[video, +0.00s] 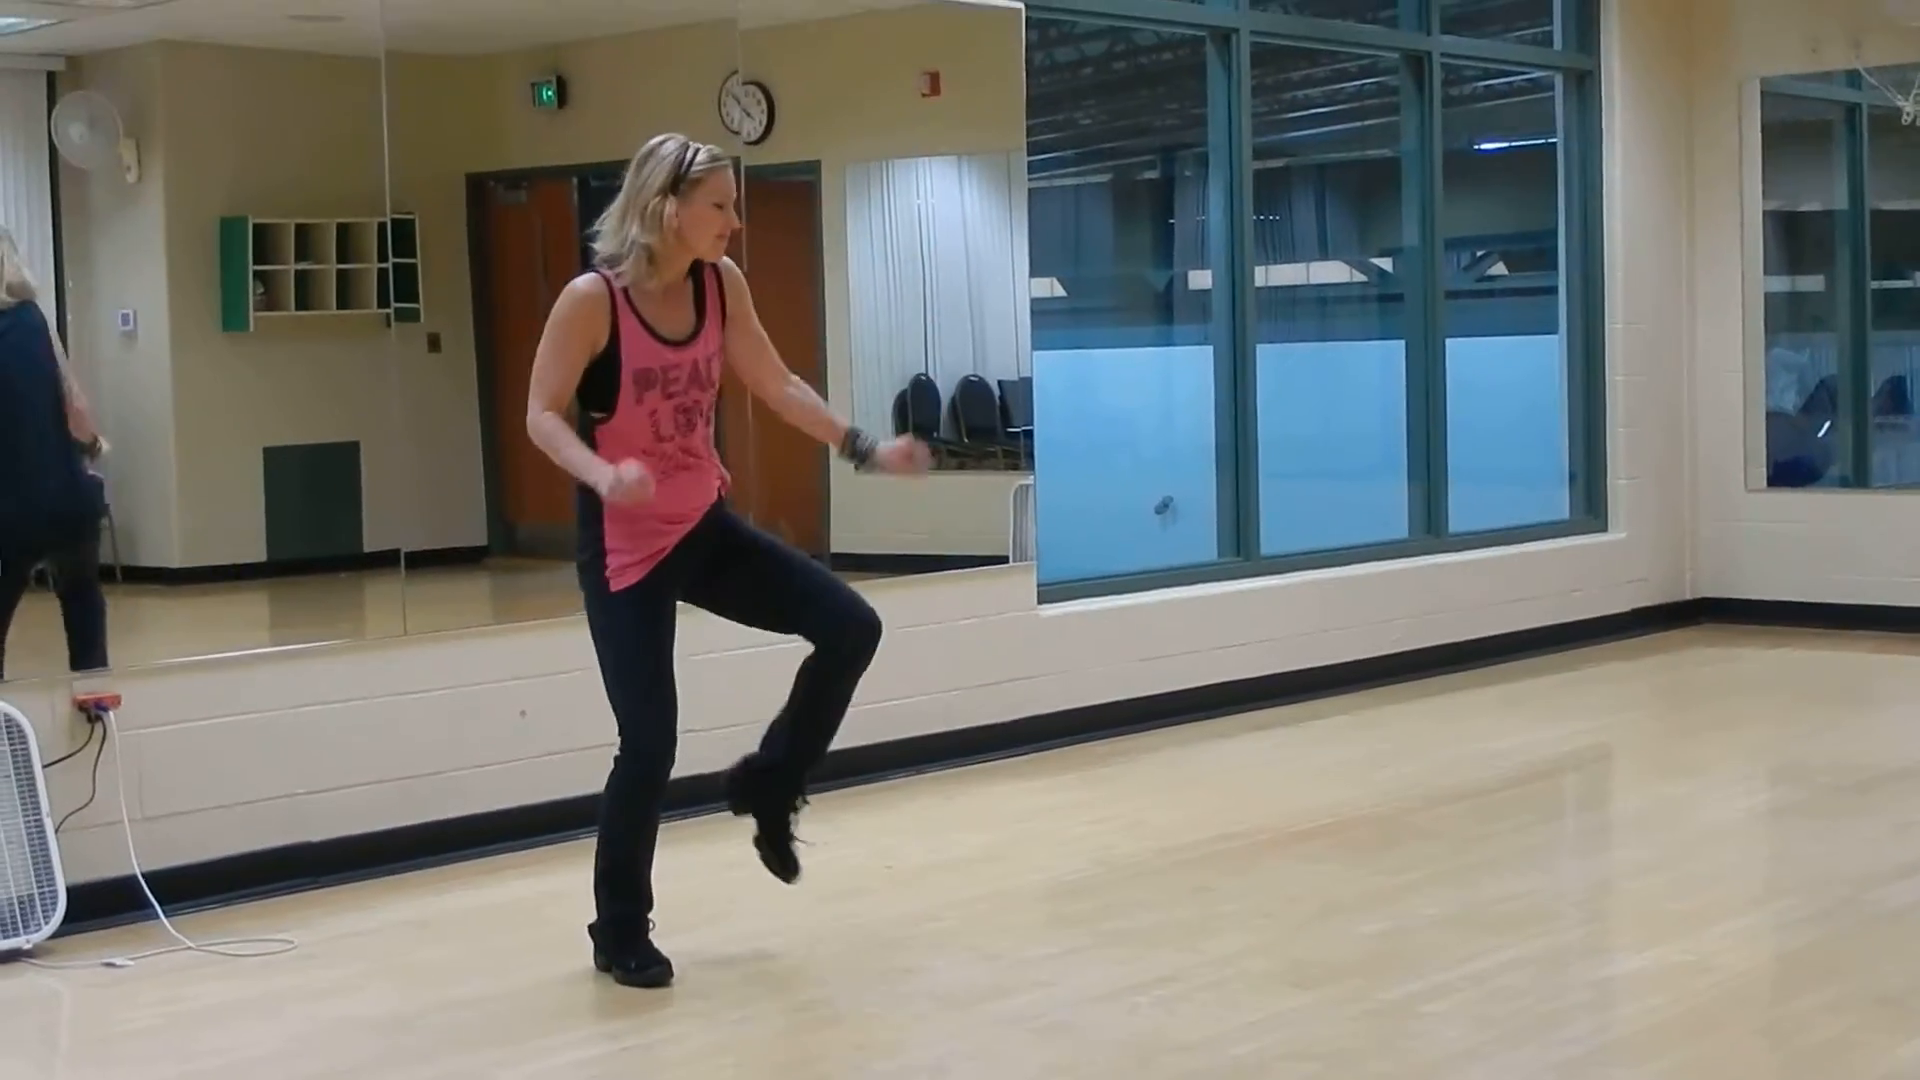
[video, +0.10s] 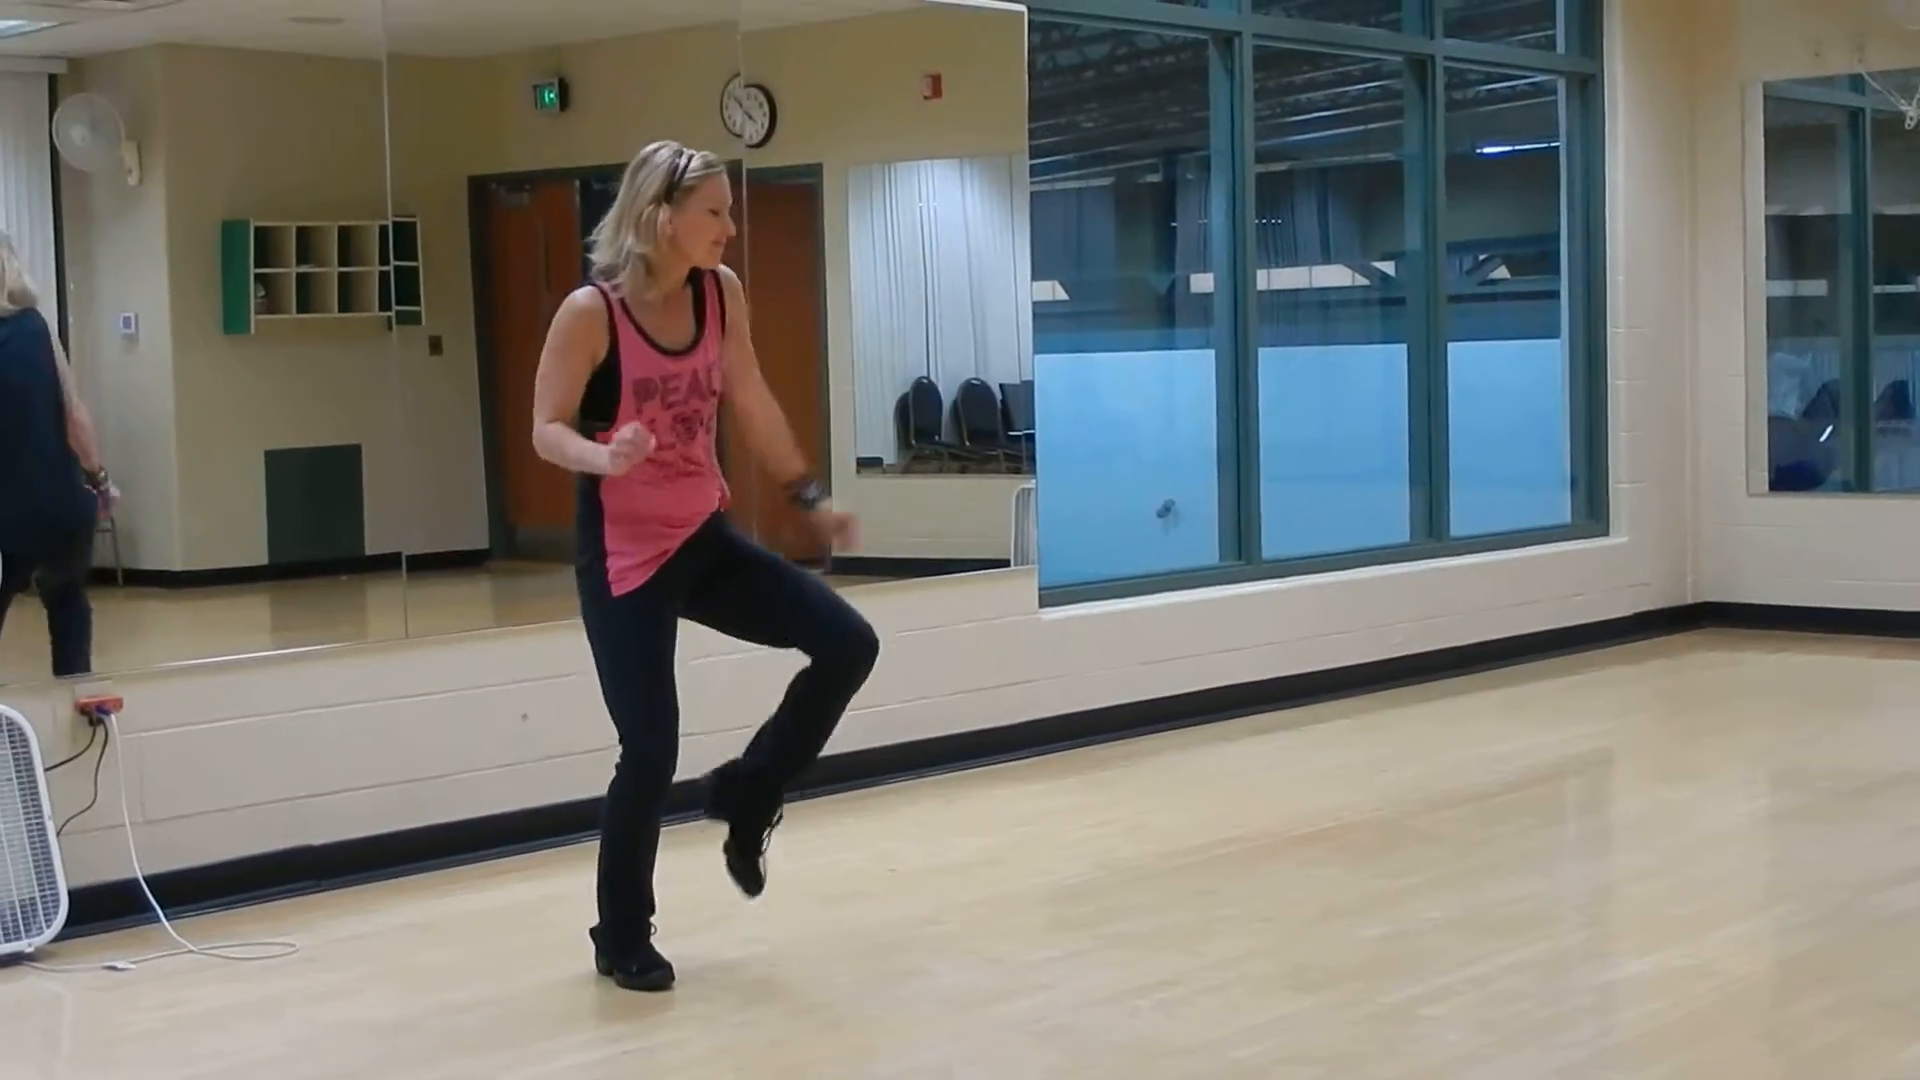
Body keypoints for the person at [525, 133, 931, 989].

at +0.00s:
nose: (730, 222)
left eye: (733, 208)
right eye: (717, 206)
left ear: (719, 215)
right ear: (664, 209)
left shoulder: (721, 285)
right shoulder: (590, 301)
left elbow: (776, 384)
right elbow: (543, 417)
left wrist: (866, 448)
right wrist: (600, 473)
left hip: (703, 528)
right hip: (623, 550)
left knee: (852, 629)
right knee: (649, 742)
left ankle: (772, 780)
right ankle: (620, 932)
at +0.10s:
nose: (726, 229)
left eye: (728, 215)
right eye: (713, 214)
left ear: (715, 222)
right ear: (657, 216)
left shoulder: (721, 294)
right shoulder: (588, 314)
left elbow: (752, 400)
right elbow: (548, 431)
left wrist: (806, 497)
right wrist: (602, 456)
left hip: (704, 542)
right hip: (622, 564)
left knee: (849, 644)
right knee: (650, 753)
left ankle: (751, 788)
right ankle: (622, 937)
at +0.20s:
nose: (729, 232)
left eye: (730, 218)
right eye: (713, 219)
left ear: (719, 226)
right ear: (656, 224)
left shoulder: (728, 304)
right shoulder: (596, 329)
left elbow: (738, 412)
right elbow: (559, 452)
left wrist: (749, 520)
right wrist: (617, 449)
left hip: (708, 545)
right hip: (628, 563)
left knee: (832, 694)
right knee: (661, 753)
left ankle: (747, 849)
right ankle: (625, 936)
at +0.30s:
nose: (736, 230)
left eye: (737, 217)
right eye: (717, 218)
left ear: (736, 230)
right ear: (664, 233)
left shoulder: (740, 317)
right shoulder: (612, 334)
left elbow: (730, 432)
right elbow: (582, 458)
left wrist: (735, 529)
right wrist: (646, 417)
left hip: (714, 551)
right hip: (637, 565)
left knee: (826, 715)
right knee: (664, 761)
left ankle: (728, 859)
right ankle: (627, 936)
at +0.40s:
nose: (752, 213)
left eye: (754, 199)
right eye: (731, 202)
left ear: (755, 216)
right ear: (680, 221)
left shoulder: (761, 311)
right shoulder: (642, 308)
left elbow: (738, 425)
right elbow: (612, 427)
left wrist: (743, 519)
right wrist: (684, 374)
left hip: (725, 550)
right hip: (647, 564)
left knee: (836, 708)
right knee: (659, 756)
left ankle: (761, 863)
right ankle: (628, 936)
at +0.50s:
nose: (776, 195)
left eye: (777, 181)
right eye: (754, 186)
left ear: (781, 198)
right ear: (708, 207)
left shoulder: (781, 291)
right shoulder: (681, 278)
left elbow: (748, 404)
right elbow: (649, 386)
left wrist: (748, 498)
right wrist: (723, 364)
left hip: (735, 535)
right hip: (655, 547)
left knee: (835, 702)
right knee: (644, 747)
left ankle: (833, 876)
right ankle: (624, 936)